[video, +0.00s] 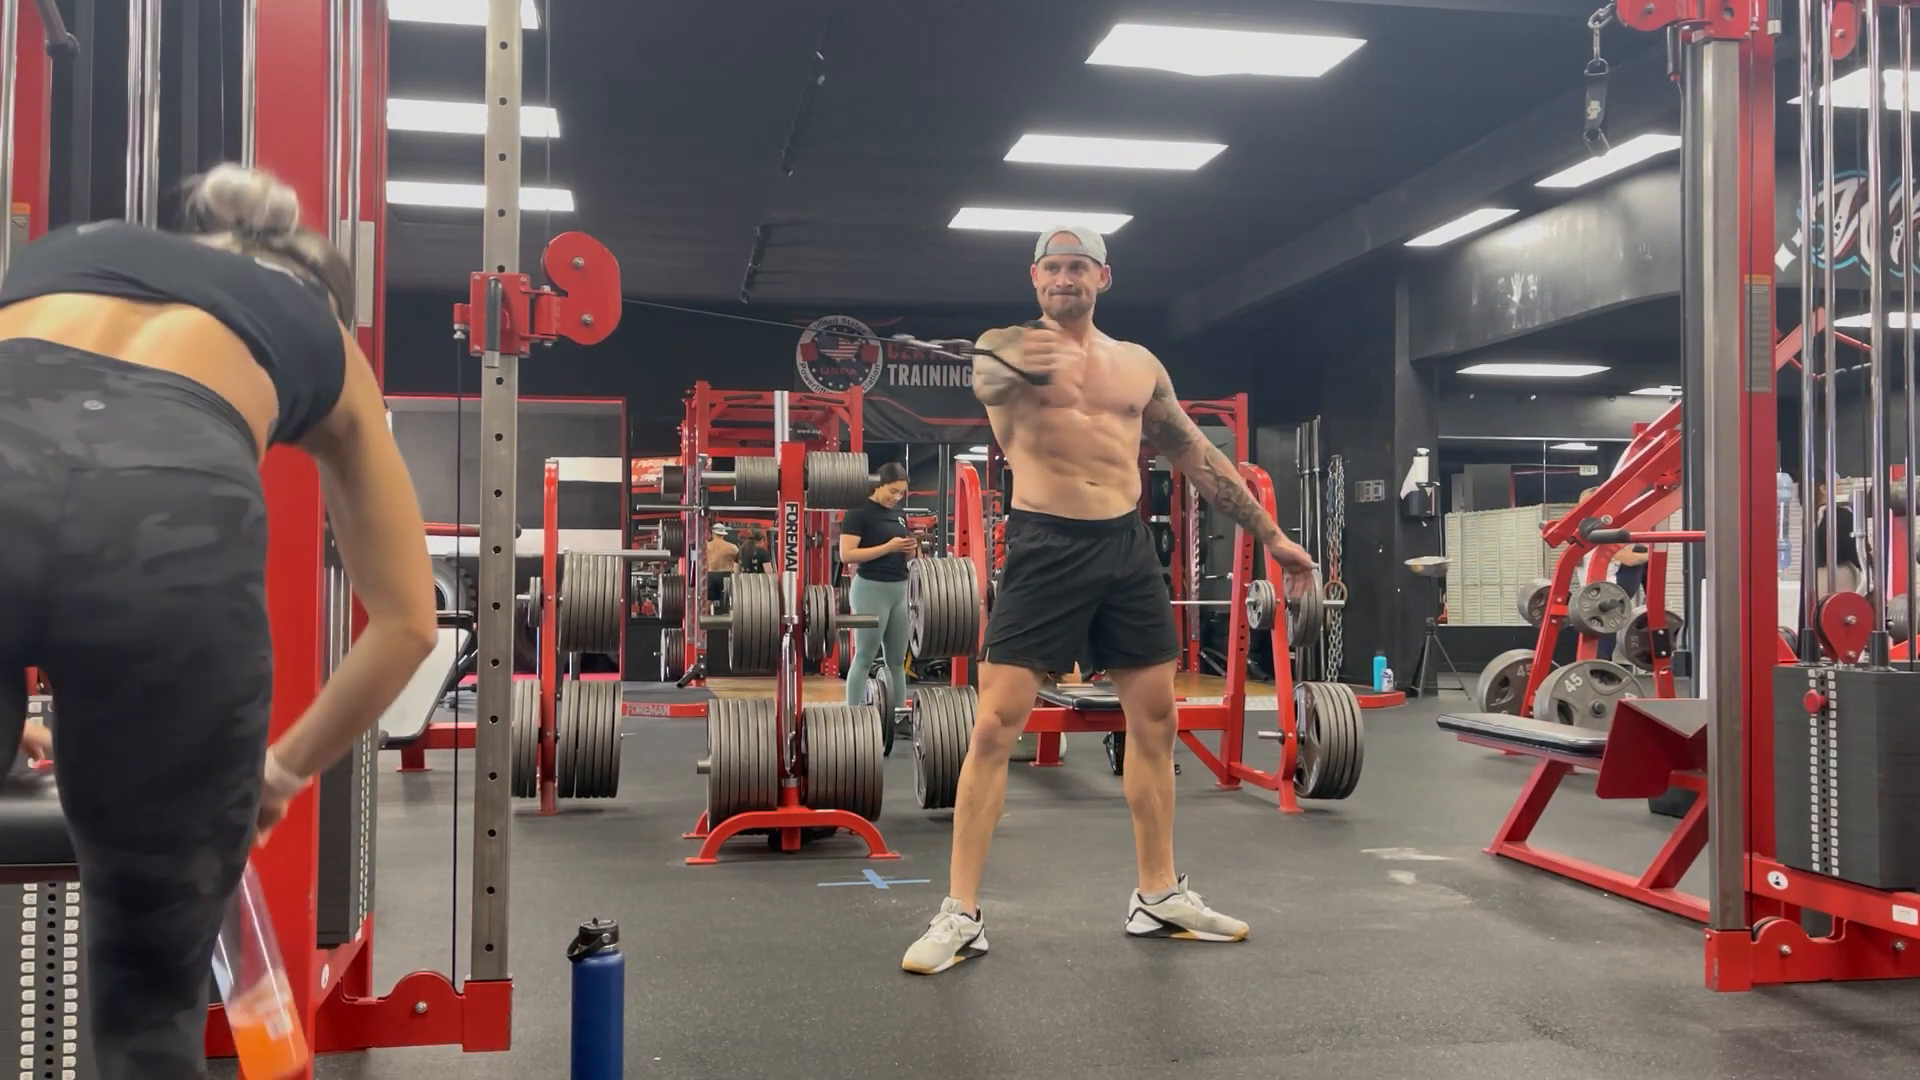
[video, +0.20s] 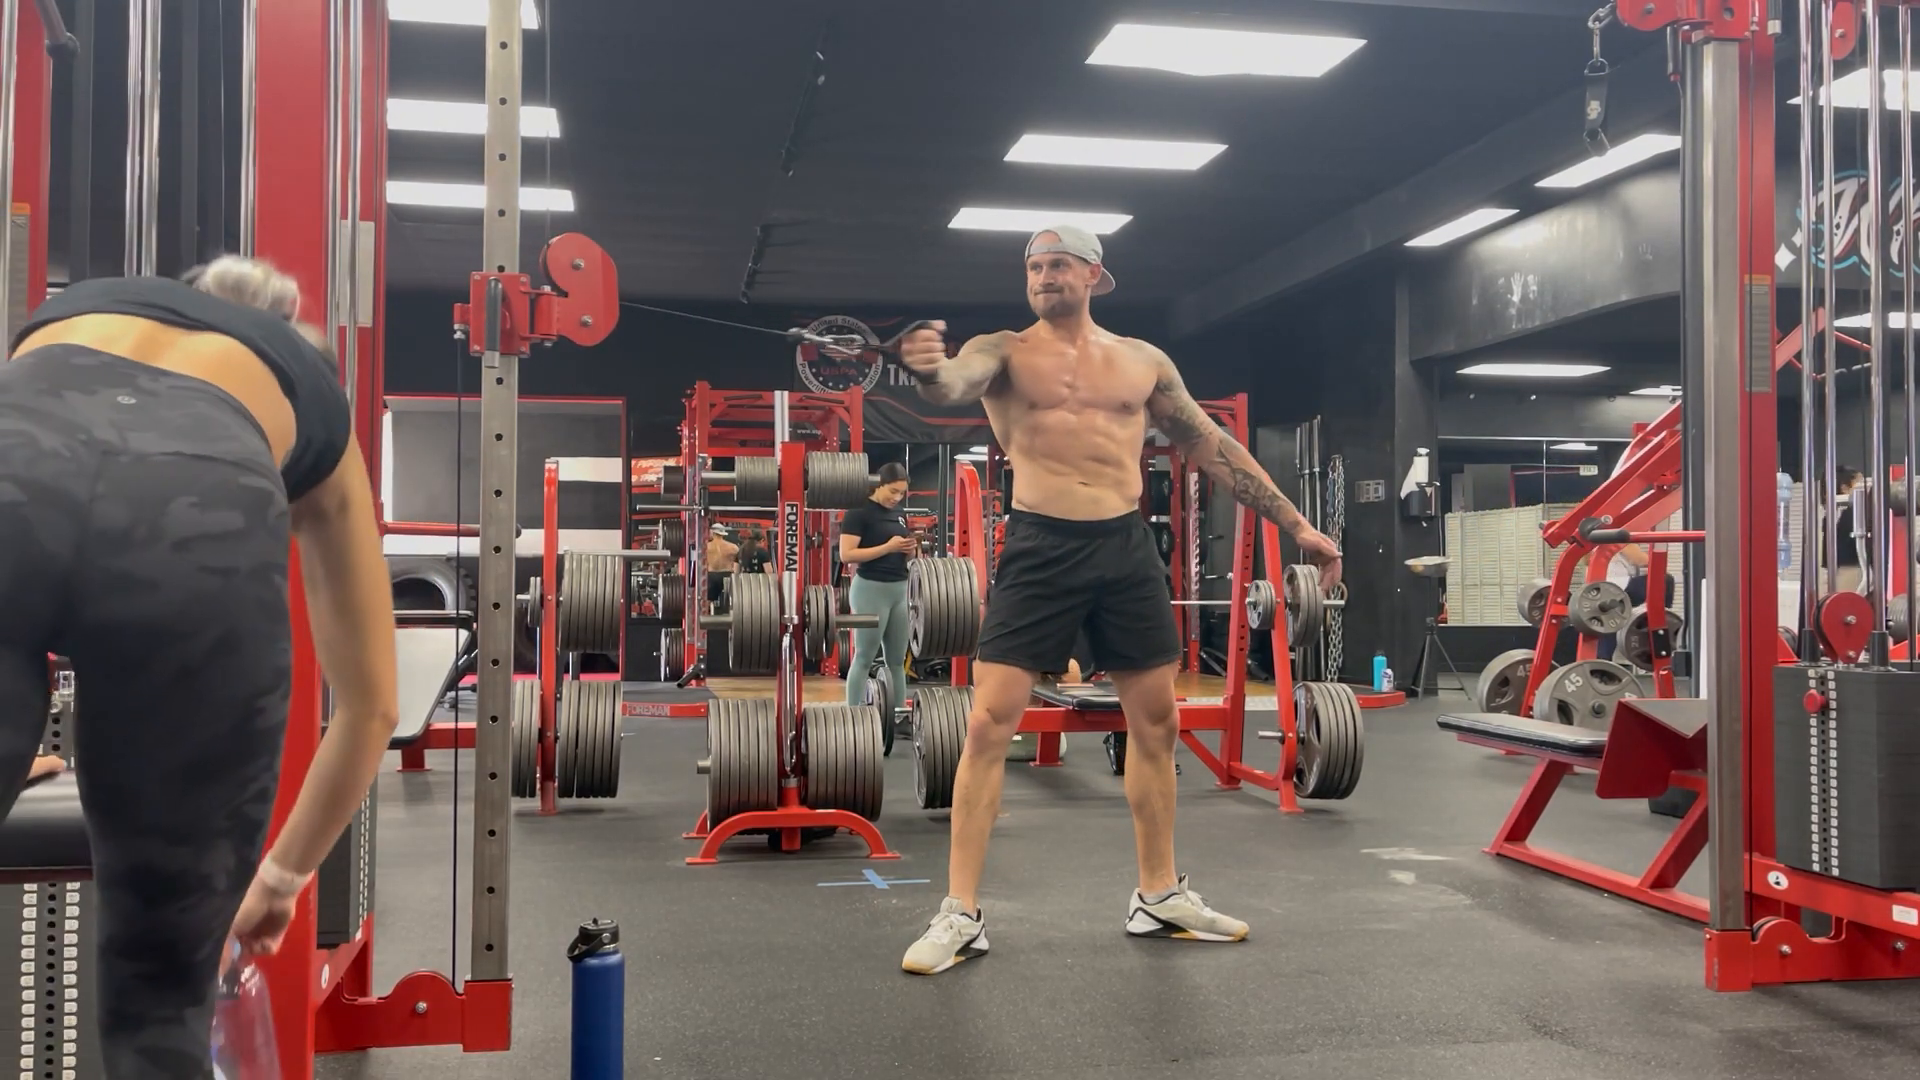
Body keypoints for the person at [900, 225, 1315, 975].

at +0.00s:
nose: (1065, 278)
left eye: (1079, 266)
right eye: (1053, 267)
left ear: (1104, 279)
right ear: (1034, 278)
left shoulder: (1140, 365)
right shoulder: (1005, 346)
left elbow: (1203, 460)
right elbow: (988, 383)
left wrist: (1272, 536)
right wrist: (1021, 365)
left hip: (1129, 551)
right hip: (1042, 552)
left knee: (1156, 719)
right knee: (993, 725)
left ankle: (1158, 894)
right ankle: (960, 910)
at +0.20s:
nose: (1045, 275)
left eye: (1059, 263)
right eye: (1035, 266)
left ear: (1095, 277)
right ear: (1026, 280)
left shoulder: (1144, 361)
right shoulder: (1001, 348)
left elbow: (1220, 450)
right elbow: (952, 382)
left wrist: (1300, 528)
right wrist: (926, 365)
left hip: (1127, 548)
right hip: (1036, 549)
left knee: (1156, 722)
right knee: (988, 724)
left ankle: (1159, 895)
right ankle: (960, 909)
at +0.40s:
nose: (1045, 271)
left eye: (1062, 261)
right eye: (1036, 262)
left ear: (1096, 279)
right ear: (1025, 280)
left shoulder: (1145, 361)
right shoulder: (997, 351)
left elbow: (1219, 450)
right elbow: (936, 383)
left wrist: (1298, 522)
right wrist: (895, 368)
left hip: (1125, 551)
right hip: (1034, 552)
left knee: (1160, 719)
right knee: (983, 723)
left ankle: (1158, 894)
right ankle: (960, 909)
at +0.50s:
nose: (1052, 272)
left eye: (1067, 262)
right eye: (1042, 262)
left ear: (1098, 279)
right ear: (1029, 277)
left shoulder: (1143, 364)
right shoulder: (1001, 347)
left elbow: (1217, 456)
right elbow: (949, 385)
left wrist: (1296, 529)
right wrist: (926, 364)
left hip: (1122, 549)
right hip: (1033, 550)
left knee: (1161, 719)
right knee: (983, 724)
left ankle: (1159, 894)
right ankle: (959, 908)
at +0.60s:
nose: (1067, 269)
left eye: (1081, 259)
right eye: (1054, 259)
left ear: (1103, 280)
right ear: (1032, 277)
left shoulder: (1139, 364)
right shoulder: (1005, 342)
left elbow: (1207, 460)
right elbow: (967, 387)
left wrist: (1280, 532)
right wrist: (990, 368)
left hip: (1120, 549)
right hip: (1033, 548)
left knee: (1159, 718)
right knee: (986, 724)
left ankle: (1159, 894)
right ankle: (959, 910)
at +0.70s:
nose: (1080, 274)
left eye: (1092, 265)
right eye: (1066, 262)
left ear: (1107, 281)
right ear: (1038, 276)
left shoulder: (1134, 365)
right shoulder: (1004, 348)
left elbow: (1191, 465)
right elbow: (1005, 381)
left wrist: (1256, 541)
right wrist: (1051, 371)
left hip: (1122, 552)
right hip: (1039, 551)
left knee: (1157, 716)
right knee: (991, 727)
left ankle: (1158, 893)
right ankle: (959, 910)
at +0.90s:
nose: (1094, 276)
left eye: (1102, 267)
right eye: (1079, 263)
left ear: (1110, 282)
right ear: (1040, 276)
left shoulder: (1123, 373)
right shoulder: (1009, 351)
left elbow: (1160, 469)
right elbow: (1075, 382)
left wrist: (1212, 544)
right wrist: (1186, 371)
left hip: (1126, 552)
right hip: (1044, 549)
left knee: (1157, 716)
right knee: (999, 729)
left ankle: (1159, 893)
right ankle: (960, 909)